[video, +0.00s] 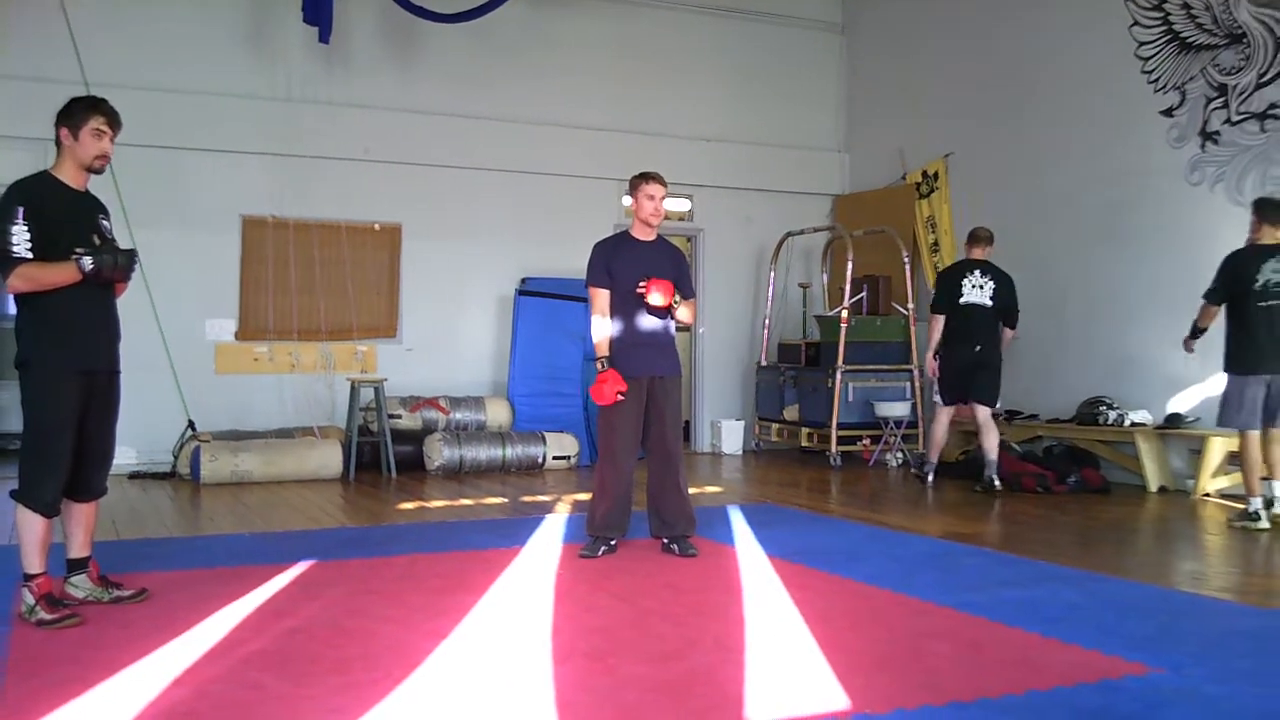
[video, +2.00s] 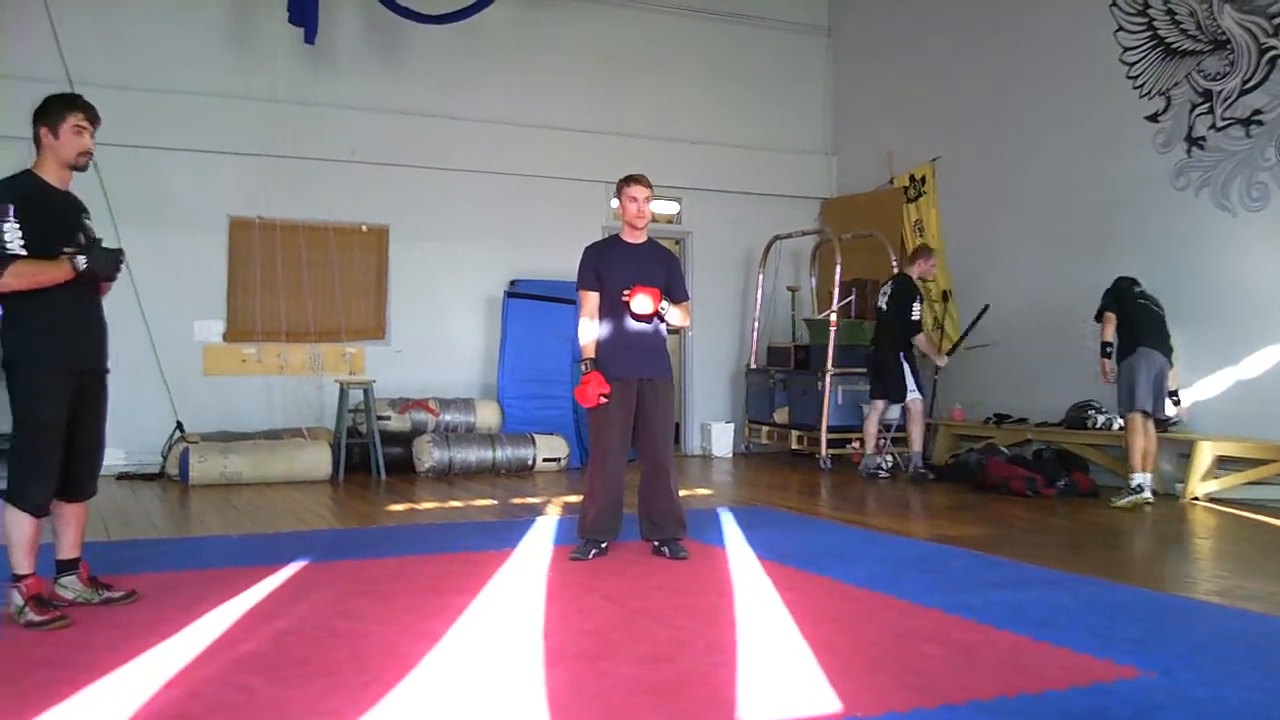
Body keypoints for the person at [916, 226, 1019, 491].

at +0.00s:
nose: (977, 251)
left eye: (972, 246)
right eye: (984, 247)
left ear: (967, 245)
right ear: (990, 248)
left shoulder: (949, 274)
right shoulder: (1003, 279)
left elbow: (938, 318)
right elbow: (1010, 328)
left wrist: (930, 353)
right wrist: (997, 350)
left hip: (953, 352)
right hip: (988, 354)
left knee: (944, 412)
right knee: (984, 414)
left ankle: (929, 468)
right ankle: (991, 474)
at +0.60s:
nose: (990, 273)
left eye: (991, 270)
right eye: (992, 270)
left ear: (971, 259)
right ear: (988, 267)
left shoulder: (941, 277)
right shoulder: (988, 294)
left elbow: (916, 310)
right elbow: (995, 338)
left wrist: (910, 342)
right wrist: (996, 370)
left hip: (932, 353)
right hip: (963, 357)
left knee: (934, 413)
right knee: (957, 412)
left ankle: (942, 466)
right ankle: (953, 465)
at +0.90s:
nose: (1008, 299)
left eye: (1009, 295)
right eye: (1010, 295)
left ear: (993, 279)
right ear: (1006, 290)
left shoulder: (961, 282)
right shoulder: (996, 313)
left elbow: (926, 302)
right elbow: (996, 359)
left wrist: (913, 335)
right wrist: (1000, 392)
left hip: (928, 346)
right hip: (958, 356)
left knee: (916, 402)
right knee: (957, 410)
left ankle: (909, 455)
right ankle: (952, 465)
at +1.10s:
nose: (1002, 312)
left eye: (1005, 309)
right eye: (1004, 308)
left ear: (990, 291)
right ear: (1001, 303)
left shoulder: (957, 288)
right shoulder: (988, 320)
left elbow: (921, 303)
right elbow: (986, 368)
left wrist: (906, 335)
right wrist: (991, 403)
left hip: (917, 344)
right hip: (946, 355)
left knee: (897, 397)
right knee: (946, 410)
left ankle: (874, 448)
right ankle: (942, 467)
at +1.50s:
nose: (981, 302)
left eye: (983, 298)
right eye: (983, 297)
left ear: (966, 282)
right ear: (977, 292)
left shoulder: (933, 285)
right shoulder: (965, 315)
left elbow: (899, 306)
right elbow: (964, 359)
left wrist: (892, 335)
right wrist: (967, 390)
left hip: (893, 345)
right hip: (921, 355)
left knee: (881, 399)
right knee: (925, 412)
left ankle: (863, 456)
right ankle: (923, 467)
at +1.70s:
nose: (957, 284)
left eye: (959, 280)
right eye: (958, 280)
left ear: (939, 269)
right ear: (951, 276)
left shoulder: (905, 282)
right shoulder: (940, 301)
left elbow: (879, 310)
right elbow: (940, 343)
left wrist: (880, 338)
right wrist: (948, 370)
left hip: (879, 346)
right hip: (905, 351)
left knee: (873, 404)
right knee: (913, 409)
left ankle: (861, 458)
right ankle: (912, 465)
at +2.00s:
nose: (933, 270)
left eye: (933, 266)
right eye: (931, 265)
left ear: (913, 262)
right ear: (920, 263)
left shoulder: (890, 284)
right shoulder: (911, 290)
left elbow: (885, 322)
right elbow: (915, 332)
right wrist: (936, 356)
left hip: (879, 352)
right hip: (898, 354)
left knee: (876, 407)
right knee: (915, 405)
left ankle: (869, 461)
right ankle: (916, 463)